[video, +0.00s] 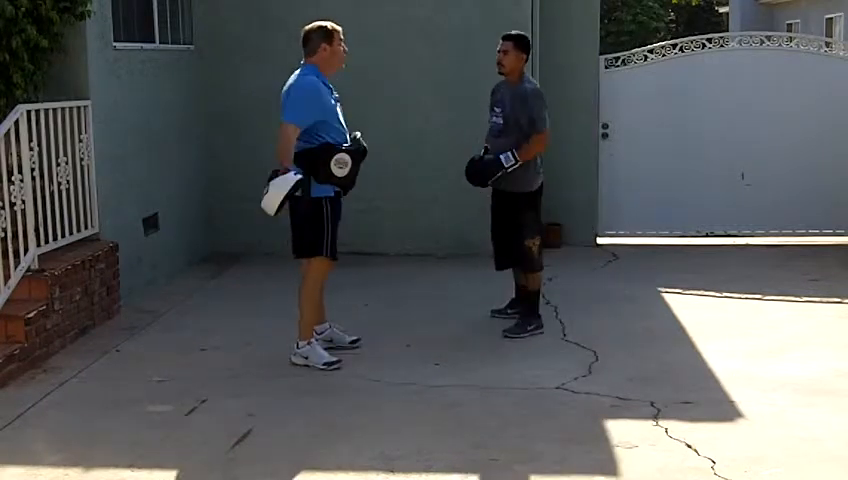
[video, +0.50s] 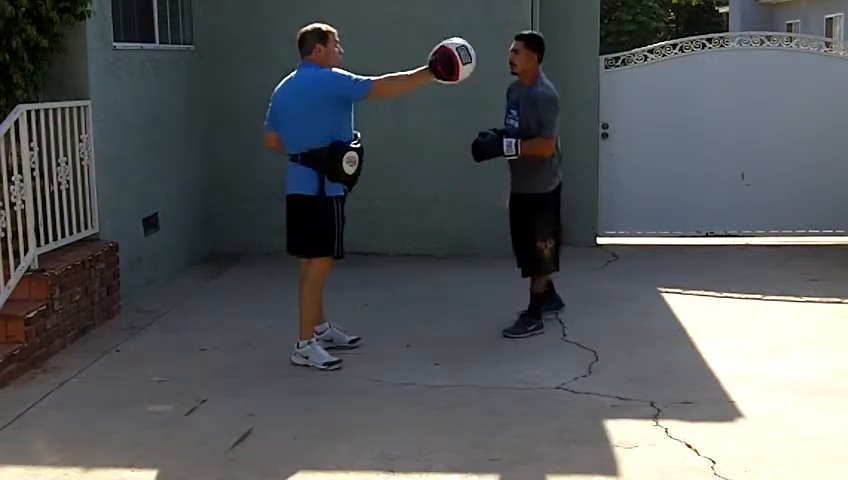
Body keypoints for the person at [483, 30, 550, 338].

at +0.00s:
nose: (498, 57)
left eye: (505, 53)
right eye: (499, 52)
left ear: (522, 58)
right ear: (503, 57)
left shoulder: (531, 93)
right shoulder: (498, 91)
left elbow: (541, 139)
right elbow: (495, 132)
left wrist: (506, 163)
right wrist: (484, 158)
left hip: (526, 186)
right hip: (504, 184)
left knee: (528, 248)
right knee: (511, 245)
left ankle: (532, 316)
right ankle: (521, 300)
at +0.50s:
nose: (510, 56)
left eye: (517, 52)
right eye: (511, 51)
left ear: (535, 58)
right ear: (514, 58)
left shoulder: (545, 95)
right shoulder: (514, 91)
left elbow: (546, 146)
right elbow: (517, 132)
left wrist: (504, 147)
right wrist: (495, 138)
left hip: (542, 187)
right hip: (522, 186)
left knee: (539, 249)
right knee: (527, 246)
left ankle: (534, 315)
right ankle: (548, 295)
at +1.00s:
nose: (523, 59)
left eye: (528, 54)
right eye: (523, 54)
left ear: (546, 58)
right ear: (534, 59)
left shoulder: (559, 93)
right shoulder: (532, 93)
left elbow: (566, 142)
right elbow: (530, 128)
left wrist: (529, 148)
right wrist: (516, 141)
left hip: (556, 186)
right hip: (539, 184)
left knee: (544, 250)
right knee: (556, 246)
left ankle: (534, 314)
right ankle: (564, 303)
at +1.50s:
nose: (526, 59)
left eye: (532, 54)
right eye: (526, 54)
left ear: (549, 57)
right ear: (539, 58)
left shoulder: (553, 92)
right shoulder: (541, 88)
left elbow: (553, 140)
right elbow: (525, 131)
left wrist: (521, 142)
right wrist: (514, 103)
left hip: (548, 184)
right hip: (548, 181)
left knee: (542, 248)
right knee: (559, 243)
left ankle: (535, 313)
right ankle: (564, 303)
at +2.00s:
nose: (514, 62)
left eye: (520, 57)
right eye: (514, 56)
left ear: (537, 60)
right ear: (524, 60)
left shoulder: (546, 95)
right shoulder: (523, 91)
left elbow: (550, 146)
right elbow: (509, 133)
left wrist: (514, 149)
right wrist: (501, 112)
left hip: (544, 185)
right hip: (537, 183)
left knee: (539, 248)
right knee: (554, 242)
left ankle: (535, 312)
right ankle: (562, 302)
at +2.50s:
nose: (513, 60)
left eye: (519, 55)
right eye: (513, 55)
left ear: (536, 58)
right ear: (520, 58)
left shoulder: (545, 92)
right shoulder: (520, 89)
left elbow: (549, 141)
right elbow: (504, 131)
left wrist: (513, 143)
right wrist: (500, 106)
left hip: (539, 184)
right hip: (523, 182)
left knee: (535, 246)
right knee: (536, 244)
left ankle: (535, 313)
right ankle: (548, 303)